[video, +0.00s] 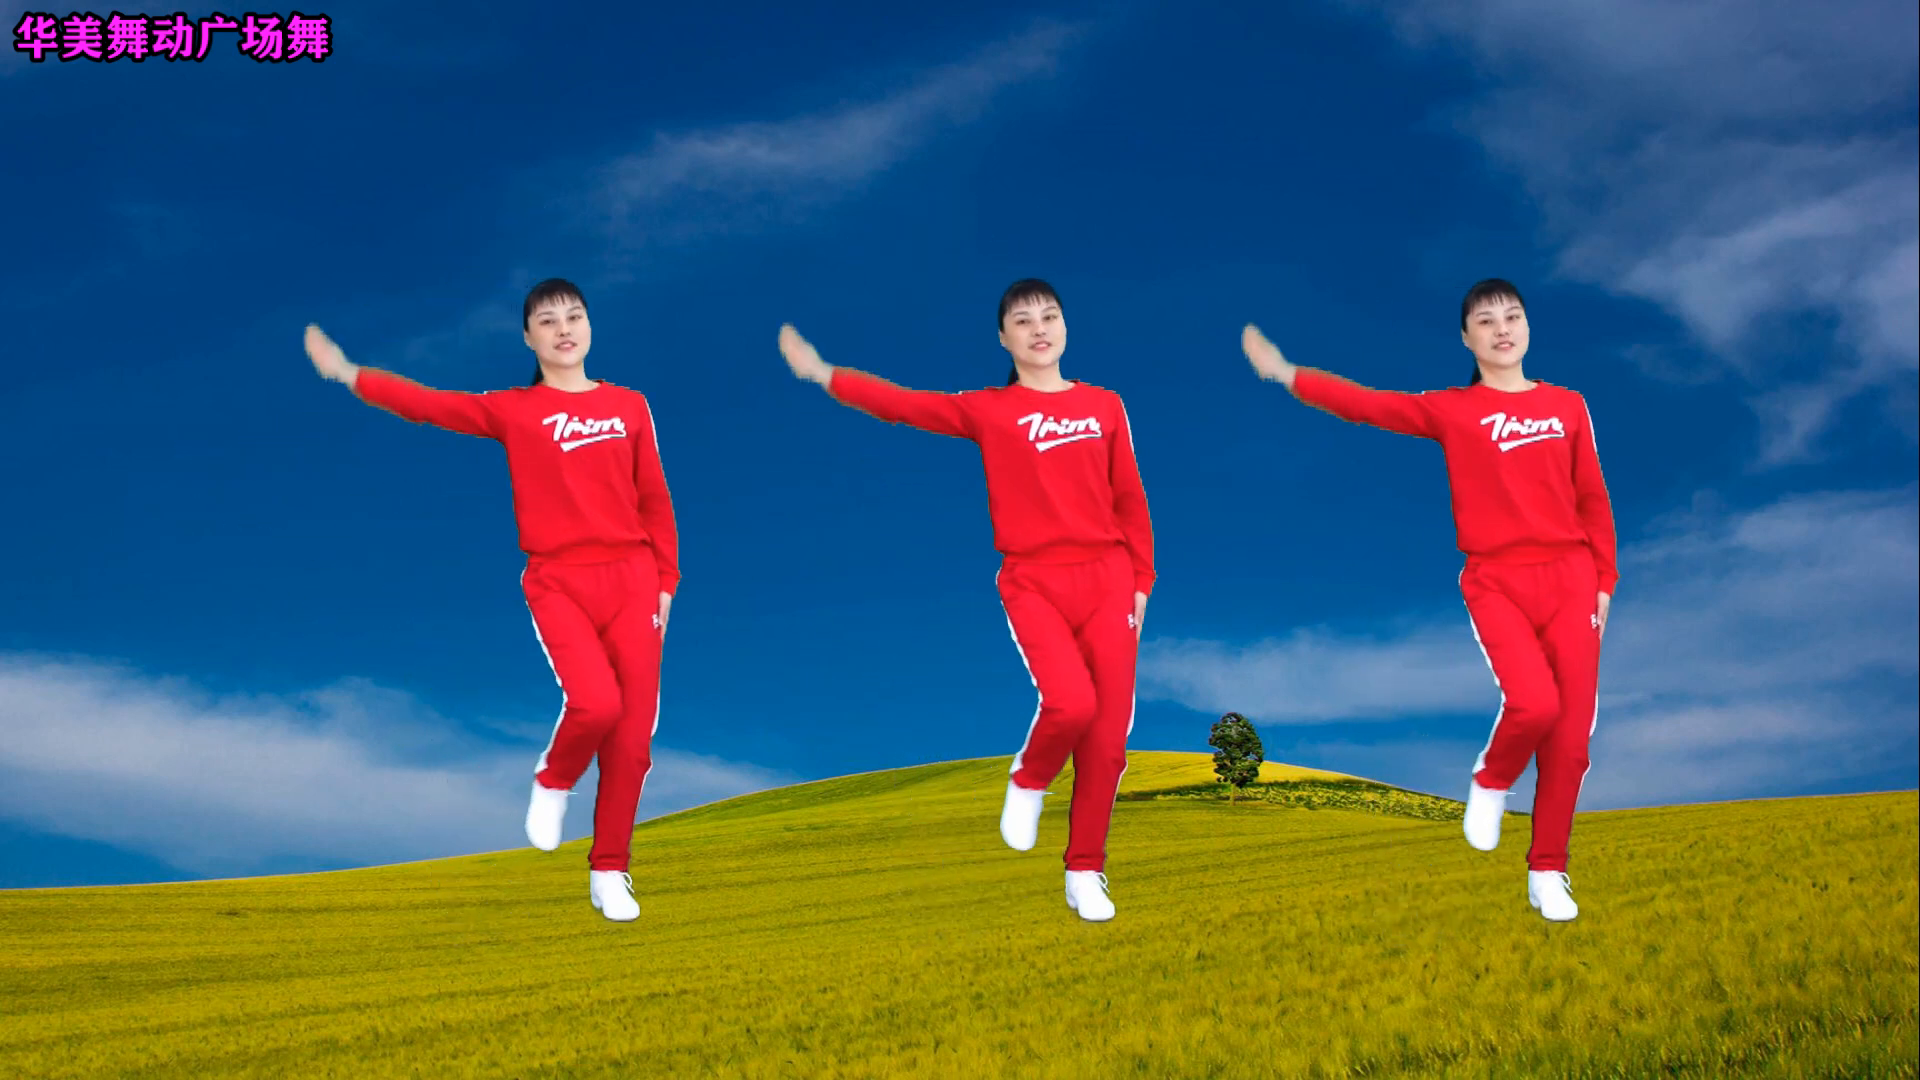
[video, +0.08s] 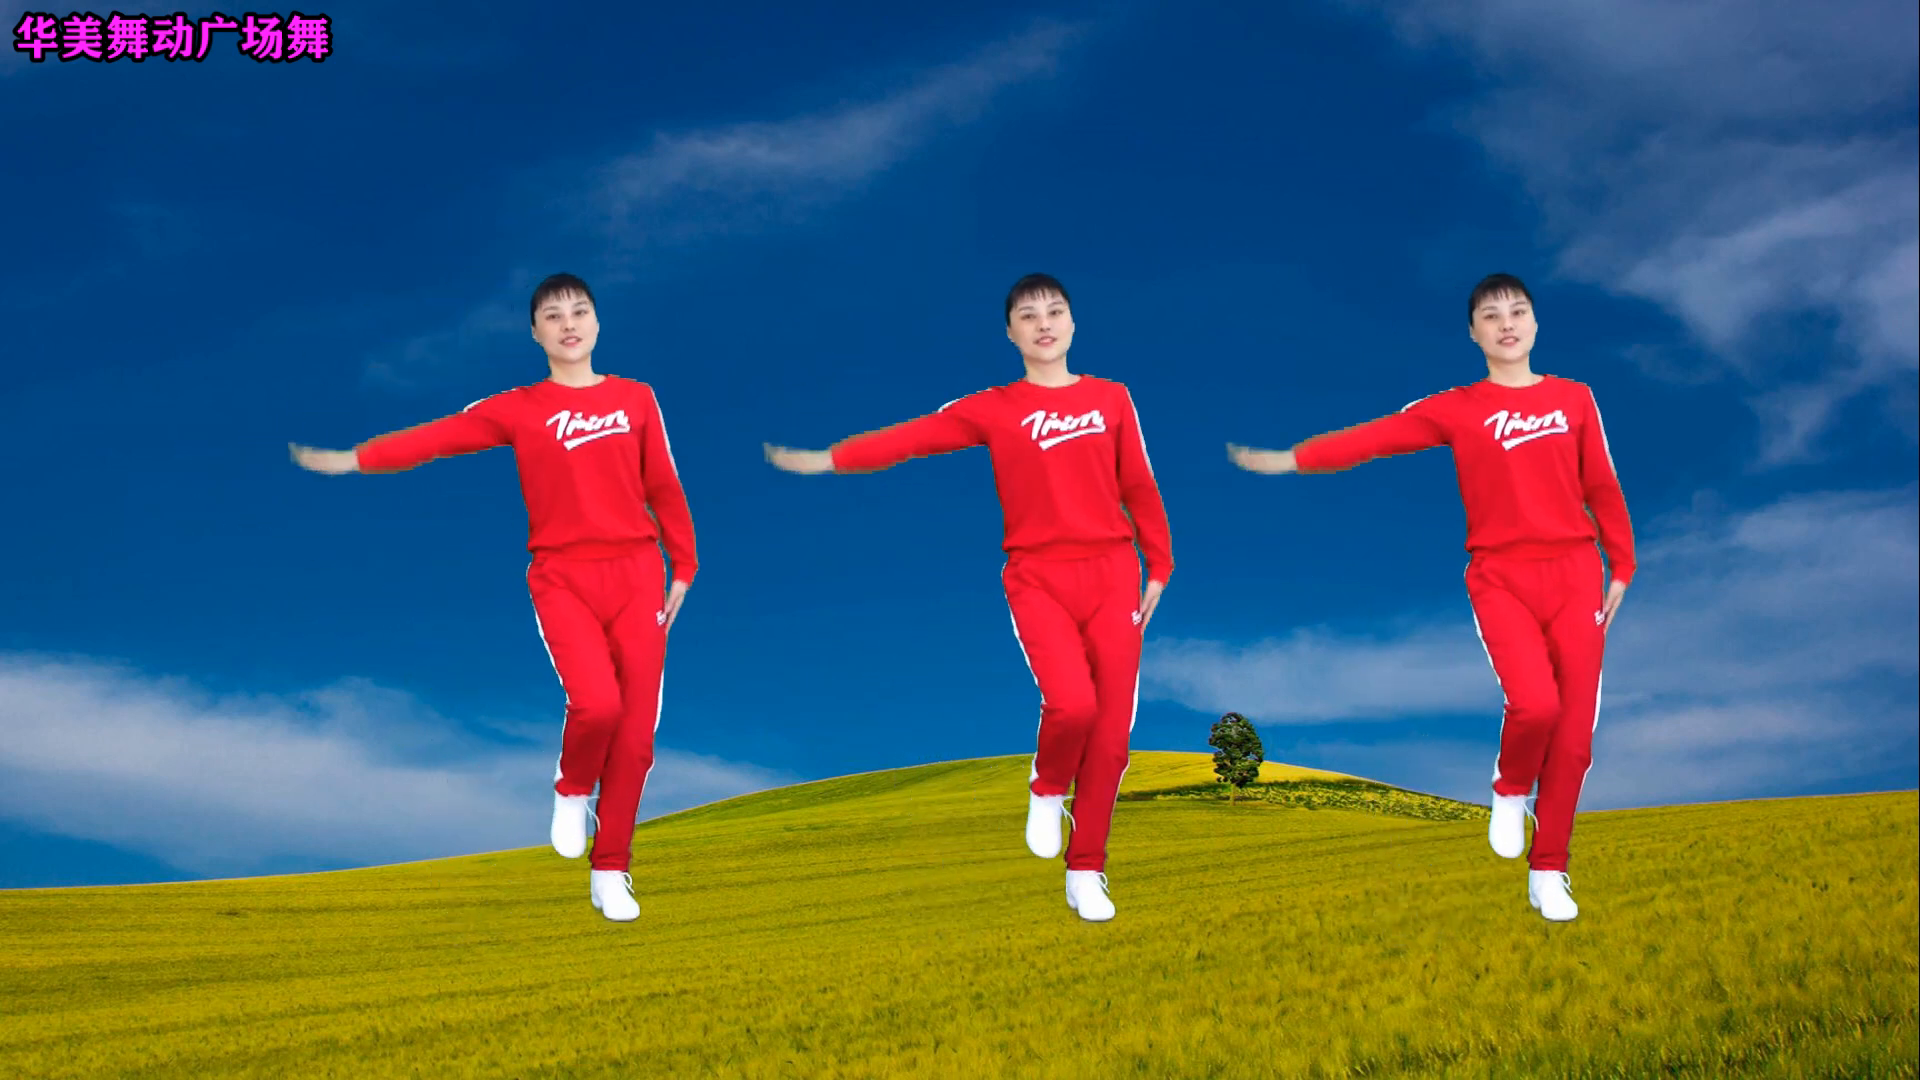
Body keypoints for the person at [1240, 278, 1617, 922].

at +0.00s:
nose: (1502, 329)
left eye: (1511, 318)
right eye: (1487, 321)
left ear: (1528, 328)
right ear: (1468, 337)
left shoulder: (1567, 405)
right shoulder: (1450, 407)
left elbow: (1595, 499)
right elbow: (1364, 403)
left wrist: (1605, 580)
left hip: (1570, 574)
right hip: (1495, 578)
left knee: (1574, 730)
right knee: (1536, 706)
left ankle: (1548, 869)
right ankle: (1490, 785)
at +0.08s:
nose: (1507, 324)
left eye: (1517, 313)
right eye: (1492, 316)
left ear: (1535, 323)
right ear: (1475, 332)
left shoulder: (1574, 398)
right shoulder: (1454, 407)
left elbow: (1604, 488)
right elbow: (1372, 438)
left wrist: (1622, 566)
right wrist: (1289, 458)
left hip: (1576, 569)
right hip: (1499, 574)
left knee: (1577, 728)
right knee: (1536, 706)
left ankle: (1549, 869)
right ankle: (1511, 792)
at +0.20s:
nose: (1511, 305)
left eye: (1523, 294)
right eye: (1498, 297)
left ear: (1542, 305)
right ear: (1482, 313)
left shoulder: (1579, 374)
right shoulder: (1466, 390)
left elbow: (1629, 451)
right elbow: (1417, 467)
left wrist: (1668, 524)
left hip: (1575, 560)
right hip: (1499, 563)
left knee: (1570, 721)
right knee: (1521, 717)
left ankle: (1557, 863)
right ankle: (1516, 827)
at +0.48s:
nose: (1506, 310)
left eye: (1519, 298)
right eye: (1497, 303)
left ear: (1550, 309)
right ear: (1489, 319)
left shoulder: (1583, 382)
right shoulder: (1470, 396)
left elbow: (1655, 445)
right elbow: (1450, 488)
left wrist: (1725, 502)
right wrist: (1435, 565)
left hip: (1560, 568)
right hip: (1483, 569)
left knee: (1555, 726)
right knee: (1500, 727)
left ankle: (1551, 866)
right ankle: (1508, 858)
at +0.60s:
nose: (1492, 321)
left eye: (1508, 310)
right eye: (1488, 313)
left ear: (1543, 324)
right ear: (1485, 331)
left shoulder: (1571, 401)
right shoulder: (1470, 413)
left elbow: (1612, 485)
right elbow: (1448, 502)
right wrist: (1431, 575)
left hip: (1560, 578)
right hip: (1486, 581)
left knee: (1559, 728)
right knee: (1479, 722)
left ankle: (1550, 868)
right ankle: (1493, 834)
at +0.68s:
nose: (1486, 322)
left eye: (1501, 312)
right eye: (1483, 314)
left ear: (1538, 324)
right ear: (1482, 330)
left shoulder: (1565, 399)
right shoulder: (1470, 413)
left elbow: (1560, 489)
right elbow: (1449, 503)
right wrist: (1434, 576)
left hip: (1557, 577)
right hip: (1487, 579)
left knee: (1557, 729)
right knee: (1460, 709)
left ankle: (1550, 867)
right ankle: (1470, 821)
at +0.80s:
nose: (1475, 305)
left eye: (1490, 293)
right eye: (1472, 297)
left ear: (1529, 303)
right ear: (1471, 314)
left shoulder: (1558, 369)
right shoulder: (1456, 393)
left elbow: (1494, 386)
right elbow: (1442, 485)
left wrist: (1407, 407)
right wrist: (1430, 560)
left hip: (1542, 557)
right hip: (1469, 561)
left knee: (1547, 716)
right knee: (1431, 698)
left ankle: (1552, 864)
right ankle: (1422, 829)